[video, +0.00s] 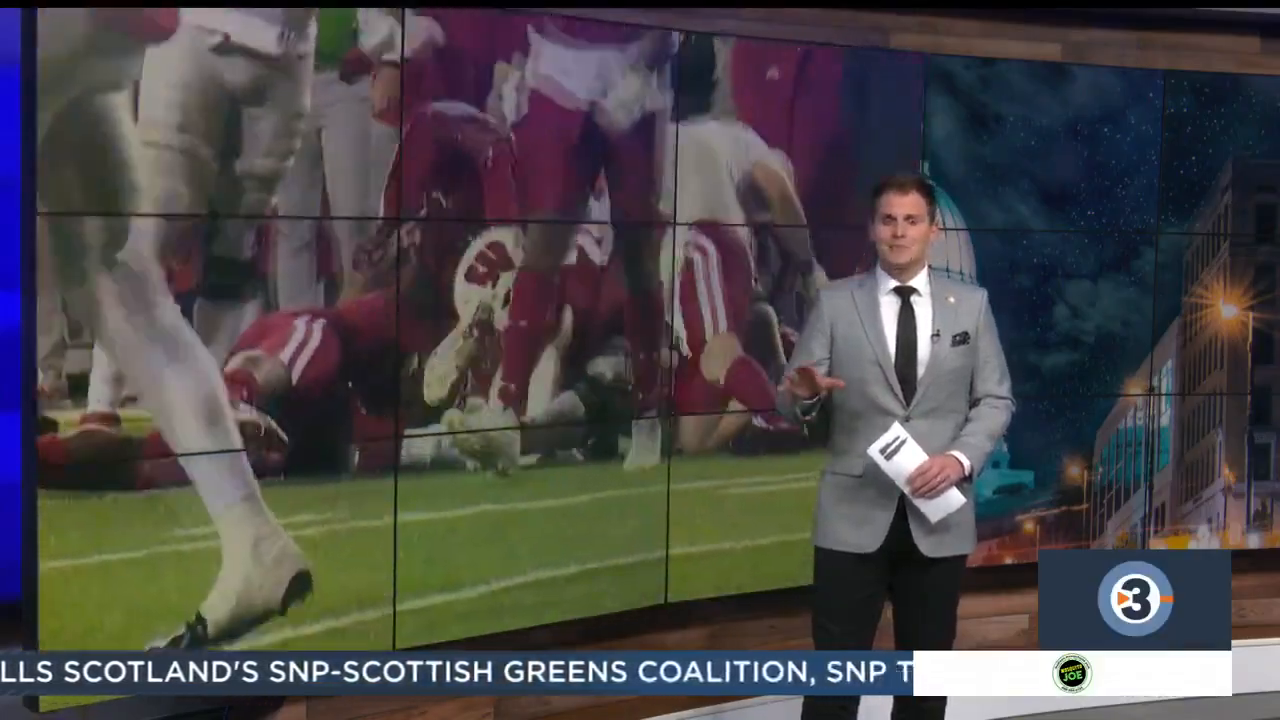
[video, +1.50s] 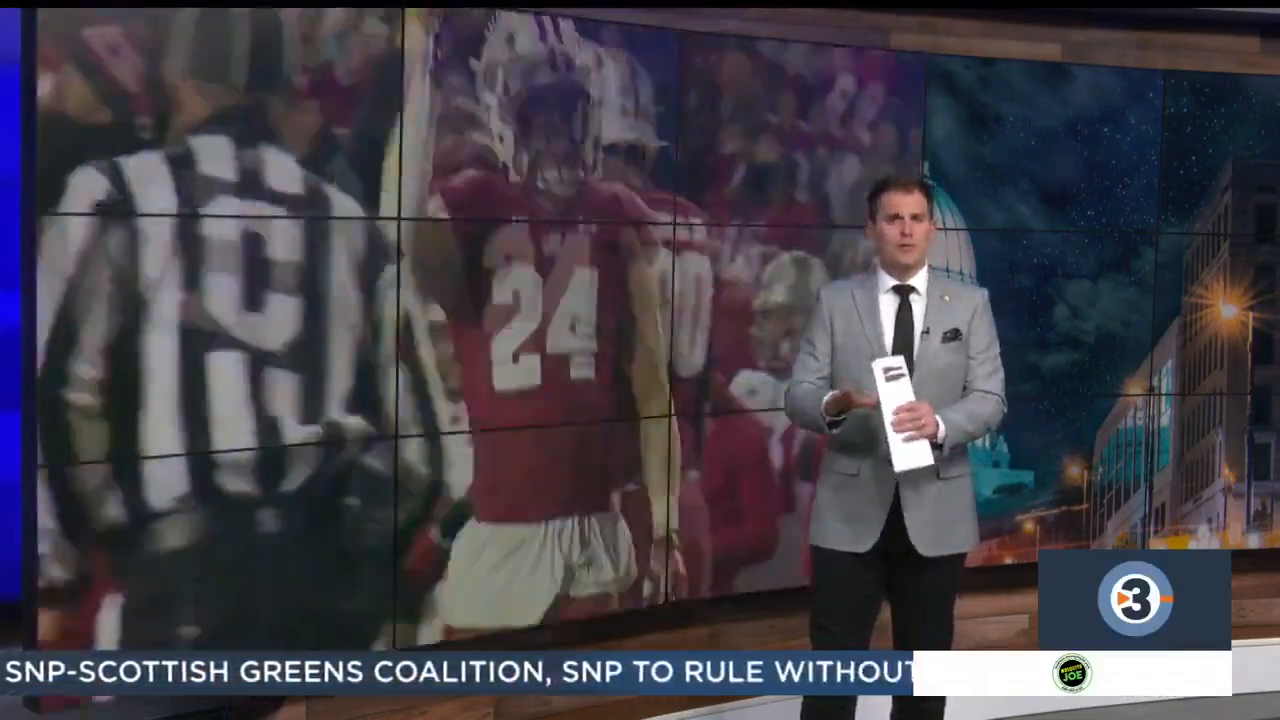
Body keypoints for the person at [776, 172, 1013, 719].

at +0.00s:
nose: (897, 231)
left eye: (911, 220)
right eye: (887, 220)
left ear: (932, 230)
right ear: (873, 229)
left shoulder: (970, 303)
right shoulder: (835, 301)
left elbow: (994, 401)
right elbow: (792, 407)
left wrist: (960, 457)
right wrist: (798, 394)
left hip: (937, 514)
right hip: (852, 512)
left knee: (929, 673)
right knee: (835, 671)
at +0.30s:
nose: (898, 232)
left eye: (911, 221)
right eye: (887, 220)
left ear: (932, 230)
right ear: (871, 230)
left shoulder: (969, 303)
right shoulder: (832, 302)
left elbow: (995, 400)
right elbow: (788, 392)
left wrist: (963, 457)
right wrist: (824, 400)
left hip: (938, 514)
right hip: (852, 513)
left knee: (929, 673)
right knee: (835, 671)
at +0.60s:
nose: (898, 232)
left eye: (911, 221)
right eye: (887, 221)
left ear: (931, 230)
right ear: (871, 230)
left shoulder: (970, 304)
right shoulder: (833, 303)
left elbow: (997, 400)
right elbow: (795, 394)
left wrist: (960, 457)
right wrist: (854, 428)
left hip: (938, 517)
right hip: (853, 515)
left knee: (927, 674)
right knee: (835, 672)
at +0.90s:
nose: (898, 234)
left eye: (911, 222)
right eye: (887, 222)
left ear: (931, 229)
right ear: (870, 230)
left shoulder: (971, 304)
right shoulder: (833, 303)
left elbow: (997, 402)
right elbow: (795, 395)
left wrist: (957, 464)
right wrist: (855, 428)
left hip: (939, 516)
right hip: (854, 515)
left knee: (929, 676)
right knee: (835, 673)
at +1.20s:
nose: (903, 238)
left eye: (915, 225)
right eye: (891, 226)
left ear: (932, 230)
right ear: (872, 233)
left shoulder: (970, 303)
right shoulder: (835, 301)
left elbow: (998, 398)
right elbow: (789, 394)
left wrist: (960, 440)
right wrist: (843, 405)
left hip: (938, 508)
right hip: (853, 505)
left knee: (929, 667)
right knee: (836, 666)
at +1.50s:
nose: (907, 230)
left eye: (917, 218)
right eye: (894, 219)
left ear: (932, 228)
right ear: (872, 230)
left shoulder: (969, 302)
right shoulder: (836, 301)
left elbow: (989, 401)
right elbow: (799, 396)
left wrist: (941, 422)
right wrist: (832, 405)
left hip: (935, 509)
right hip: (849, 507)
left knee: (927, 668)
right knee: (833, 666)